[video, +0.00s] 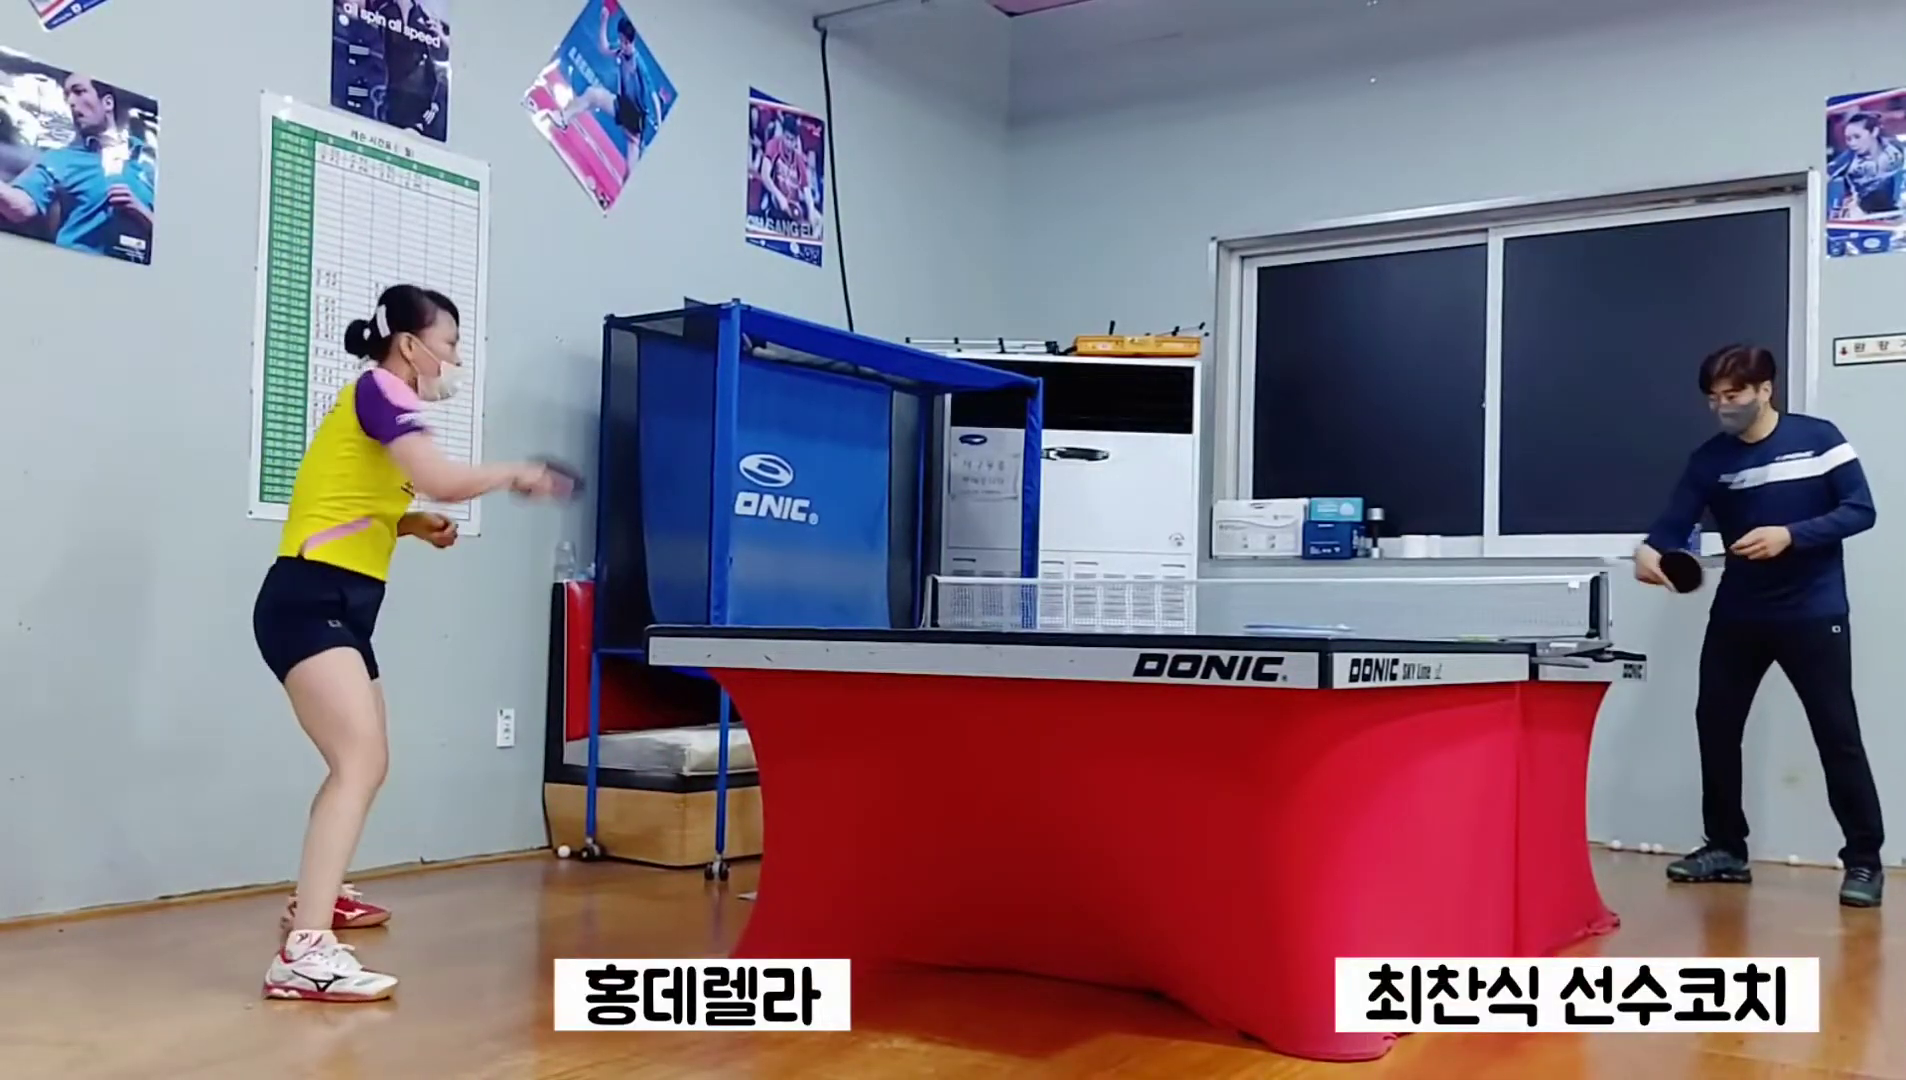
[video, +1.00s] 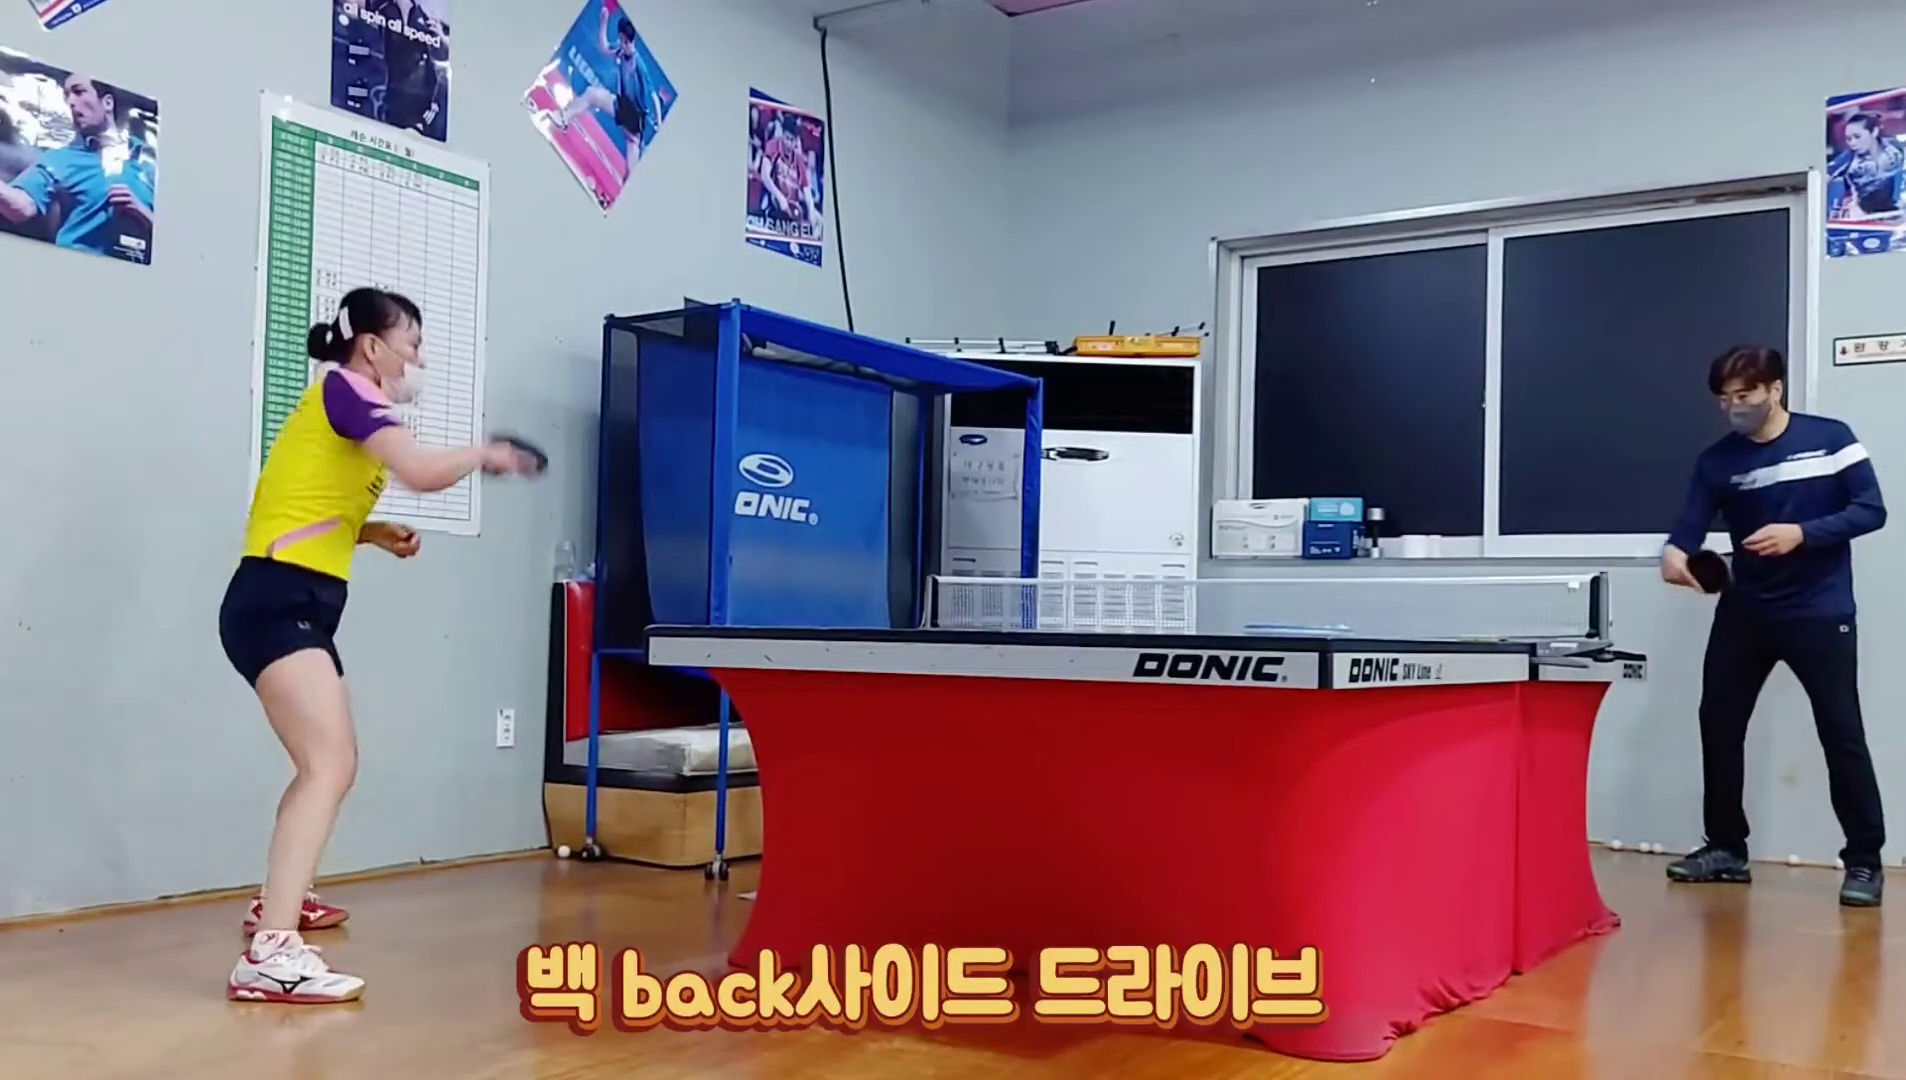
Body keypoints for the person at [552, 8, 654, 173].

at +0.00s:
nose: (622, 43)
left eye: (624, 40)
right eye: (621, 39)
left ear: (629, 41)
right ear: (620, 38)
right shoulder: (621, 53)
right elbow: (604, 50)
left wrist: (629, 54)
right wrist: (603, 23)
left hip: (628, 108)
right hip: (636, 115)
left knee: (593, 94)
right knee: (632, 161)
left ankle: (563, 117)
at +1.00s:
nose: (621, 42)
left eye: (624, 39)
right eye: (621, 39)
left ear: (628, 40)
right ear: (619, 38)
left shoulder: (632, 58)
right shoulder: (621, 53)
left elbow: (631, 55)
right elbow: (604, 50)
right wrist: (603, 23)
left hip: (629, 108)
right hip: (636, 114)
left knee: (592, 94)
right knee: (633, 146)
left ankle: (563, 118)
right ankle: (630, 182)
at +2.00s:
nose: (622, 43)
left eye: (624, 40)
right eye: (621, 39)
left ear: (629, 41)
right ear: (620, 38)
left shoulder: (633, 57)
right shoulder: (621, 53)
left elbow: (631, 55)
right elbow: (603, 50)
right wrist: (603, 23)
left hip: (629, 109)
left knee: (592, 94)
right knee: (633, 146)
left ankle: (563, 118)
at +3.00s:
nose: (621, 42)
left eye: (624, 40)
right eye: (621, 39)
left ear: (628, 40)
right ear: (619, 38)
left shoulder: (631, 57)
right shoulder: (621, 53)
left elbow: (630, 55)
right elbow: (604, 50)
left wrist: (628, 50)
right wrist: (604, 22)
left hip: (628, 107)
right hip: (636, 114)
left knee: (592, 94)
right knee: (633, 144)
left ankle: (562, 118)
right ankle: (629, 179)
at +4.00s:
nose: (622, 42)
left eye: (624, 39)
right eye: (621, 39)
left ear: (628, 40)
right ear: (622, 39)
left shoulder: (631, 56)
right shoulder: (622, 53)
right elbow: (603, 49)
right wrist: (604, 22)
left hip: (628, 109)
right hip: (636, 116)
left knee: (593, 95)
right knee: (632, 161)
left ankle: (564, 118)